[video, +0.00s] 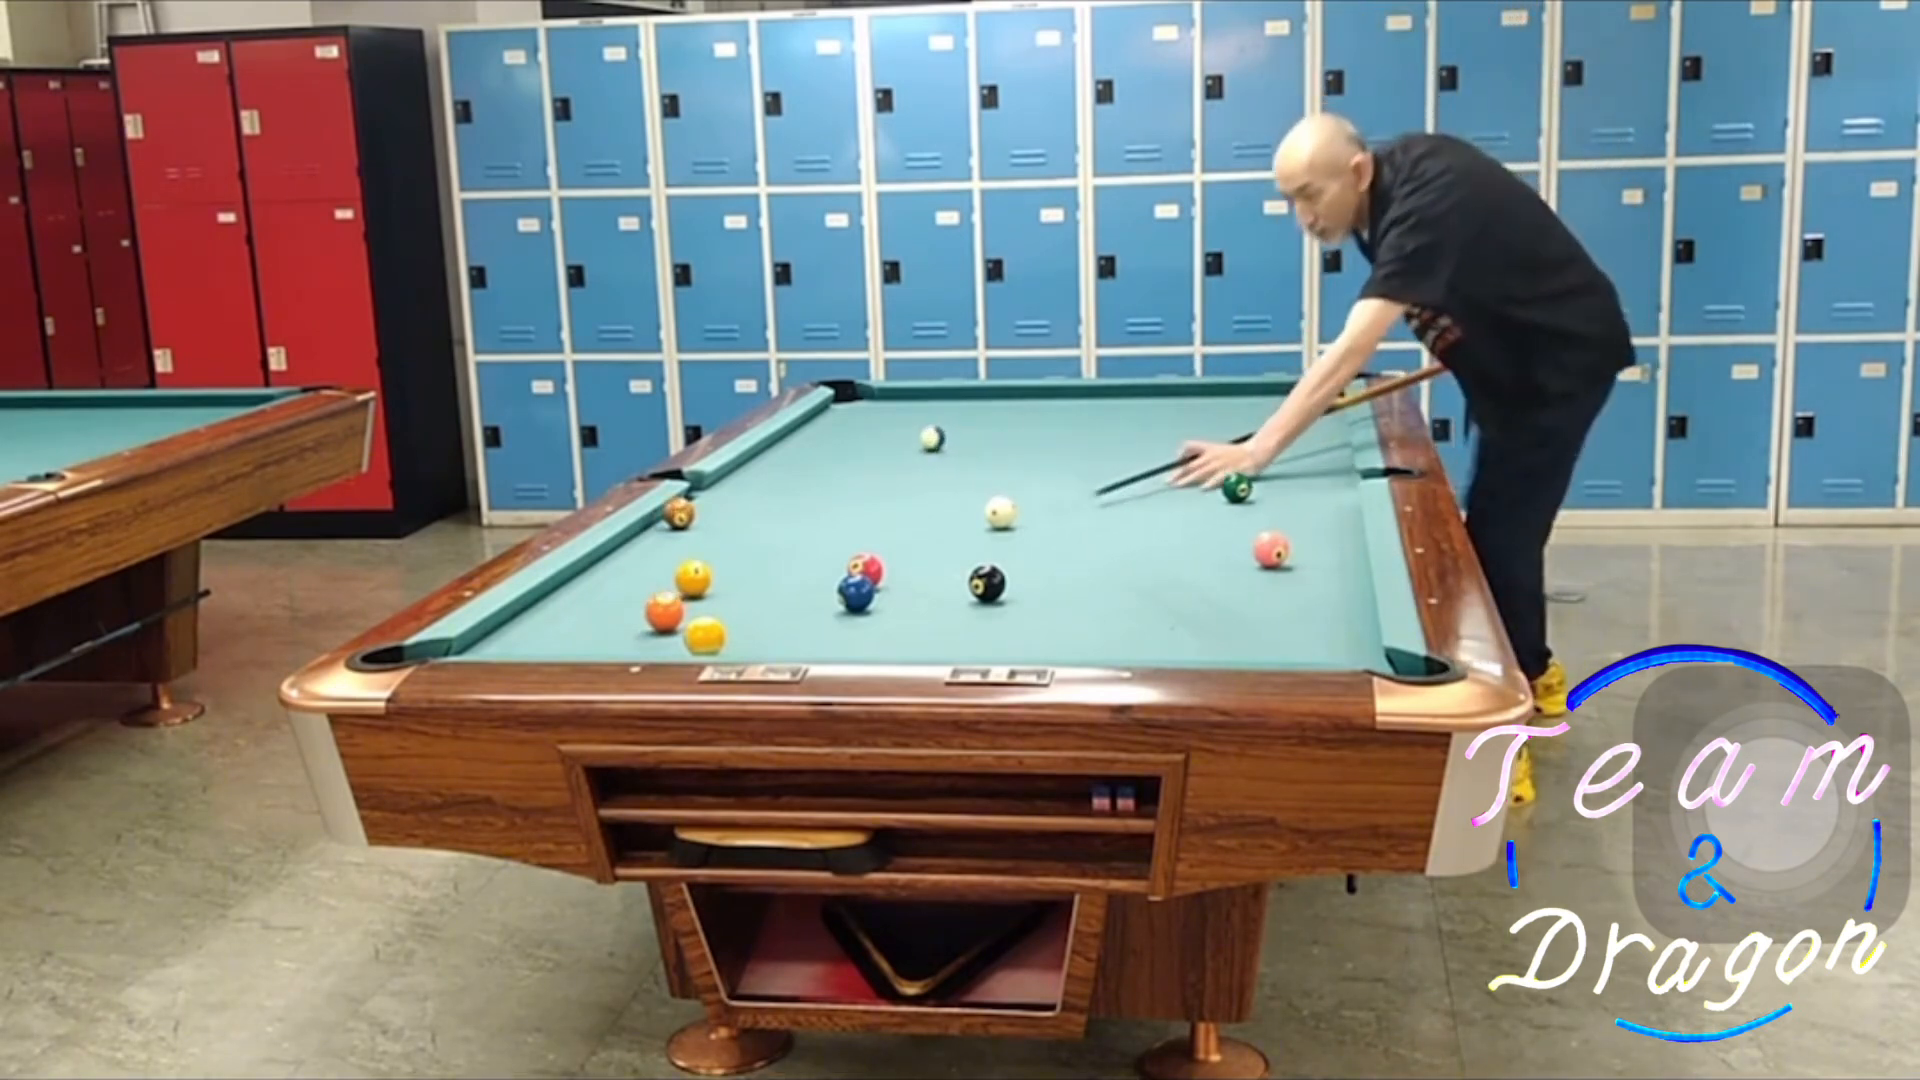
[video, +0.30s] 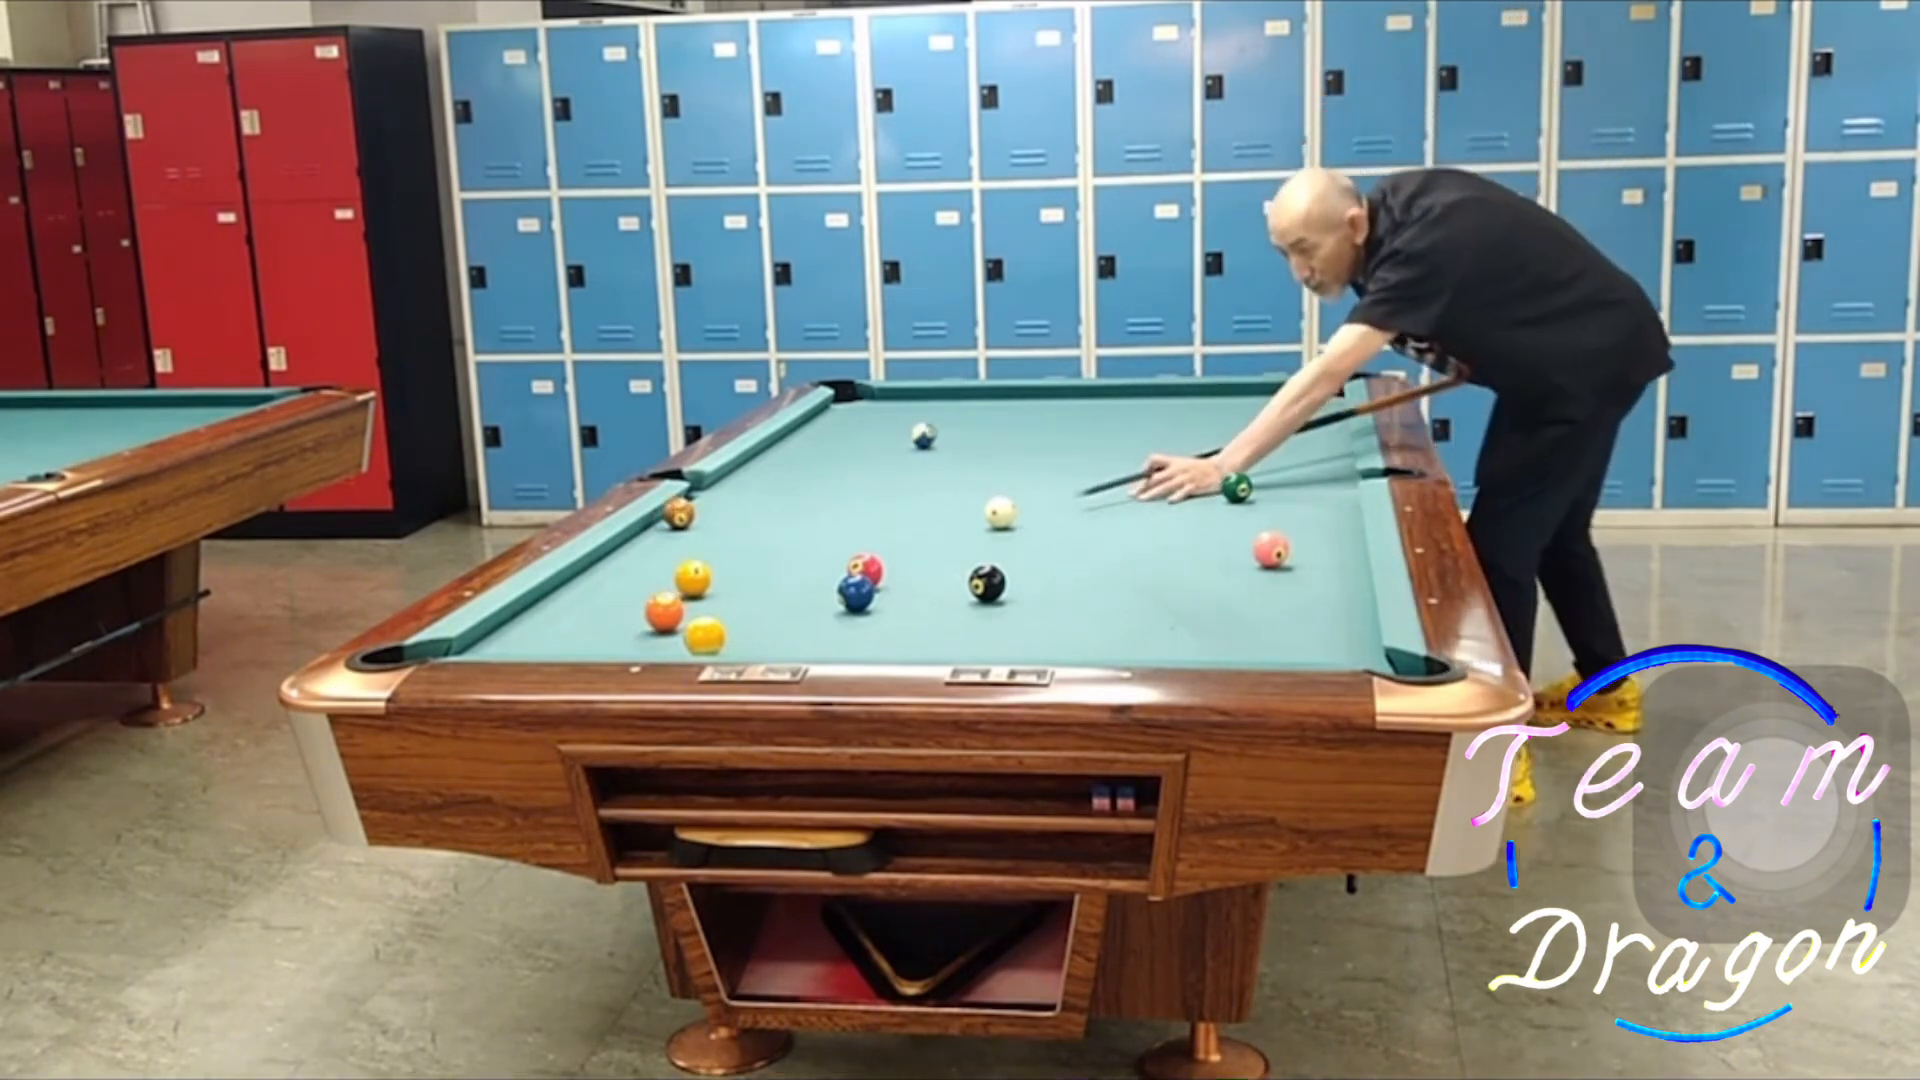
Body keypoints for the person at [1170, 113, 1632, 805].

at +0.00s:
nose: (1301, 216)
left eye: (1307, 197)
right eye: (1293, 202)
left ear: (1357, 171)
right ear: (1354, 170)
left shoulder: (1425, 206)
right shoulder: (1395, 171)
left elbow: (1351, 356)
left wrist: (1253, 452)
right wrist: (1451, 318)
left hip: (1563, 355)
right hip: (1519, 353)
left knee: (1502, 536)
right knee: (1492, 525)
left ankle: (1521, 689)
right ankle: (1527, 668)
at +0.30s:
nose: (1297, 269)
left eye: (1303, 250)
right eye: (1287, 255)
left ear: (1355, 223)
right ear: (1355, 216)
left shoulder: (1416, 254)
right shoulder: (1404, 196)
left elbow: (1327, 377)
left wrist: (1222, 464)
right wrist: (1470, 337)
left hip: (1572, 366)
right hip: (1608, 340)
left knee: (1498, 546)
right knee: (1557, 537)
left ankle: (1500, 735)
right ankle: (1612, 690)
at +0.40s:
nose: (1309, 290)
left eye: (1314, 272)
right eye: (1300, 275)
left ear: (1363, 244)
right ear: (1362, 233)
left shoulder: (1427, 270)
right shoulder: (1412, 214)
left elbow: (1330, 392)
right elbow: (1519, 251)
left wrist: (1221, 466)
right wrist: (1478, 349)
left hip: (1595, 366)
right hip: (1616, 341)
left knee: (1501, 543)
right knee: (1559, 531)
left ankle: (1503, 724)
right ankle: (1609, 694)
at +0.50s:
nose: (1314, 300)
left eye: (1320, 281)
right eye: (1305, 284)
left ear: (1371, 256)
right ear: (1367, 247)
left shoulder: (1435, 287)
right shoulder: (1411, 219)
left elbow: (1336, 400)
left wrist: (1221, 467)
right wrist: (1475, 351)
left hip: (1610, 366)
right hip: (1619, 338)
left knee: (1504, 545)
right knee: (1557, 531)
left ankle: (1508, 716)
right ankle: (1607, 692)